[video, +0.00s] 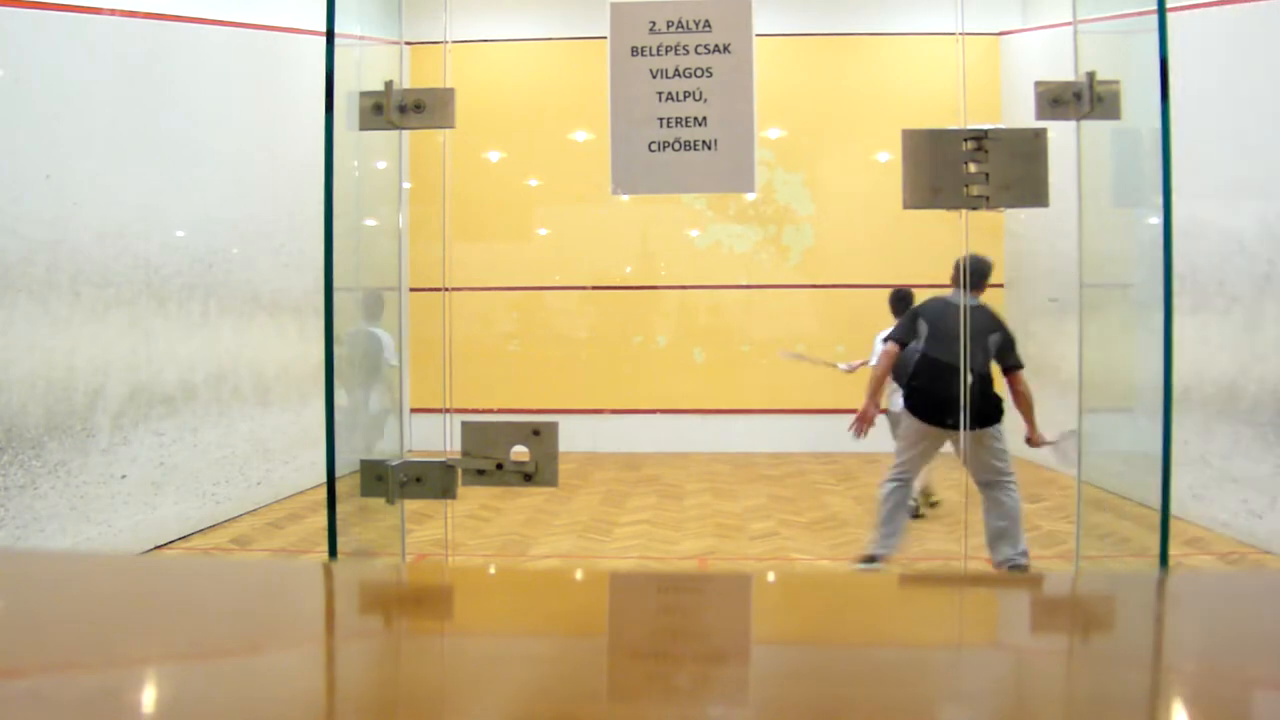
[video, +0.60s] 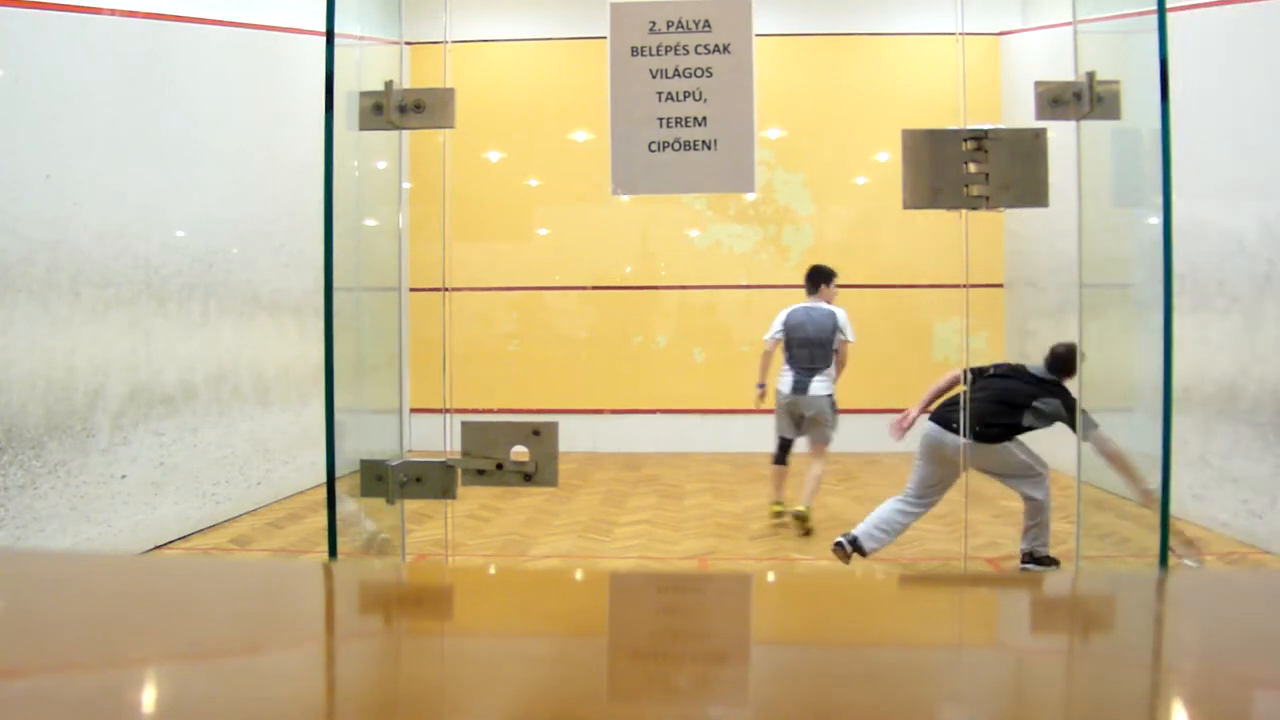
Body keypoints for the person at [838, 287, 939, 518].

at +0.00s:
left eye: (895, 306)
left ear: (892, 308)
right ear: (913, 307)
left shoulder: (885, 337)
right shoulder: (922, 333)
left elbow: (879, 365)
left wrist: (873, 401)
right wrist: (861, 363)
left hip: (896, 403)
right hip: (921, 401)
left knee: (906, 452)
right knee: (914, 451)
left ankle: (922, 490)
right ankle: (914, 495)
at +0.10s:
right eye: (899, 303)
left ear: (878, 306)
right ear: (899, 306)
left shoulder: (873, 335)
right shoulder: (911, 330)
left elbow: (869, 370)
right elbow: (916, 363)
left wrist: (855, 383)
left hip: (882, 398)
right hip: (909, 398)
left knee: (884, 448)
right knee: (910, 448)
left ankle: (890, 490)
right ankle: (911, 498)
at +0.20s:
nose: (892, 307)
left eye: (890, 302)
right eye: (890, 303)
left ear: (867, 306)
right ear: (884, 306)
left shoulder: (856, 333)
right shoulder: (900, 330)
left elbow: (849, 373)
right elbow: (907, 365)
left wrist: (845, 406)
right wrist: (907, 393)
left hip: (867, 402)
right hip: (897, 401)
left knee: (853, 448)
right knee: (901, 449)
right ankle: (909, 499)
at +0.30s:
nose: (878, 305)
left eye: (878, 300)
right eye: (875, 301)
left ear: (853, 304)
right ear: (863, 304)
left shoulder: (834, 330)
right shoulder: (883, 328)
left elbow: (824, 369)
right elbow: (888, 364)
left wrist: (822, 402)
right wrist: (876, 382)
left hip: (845, 404)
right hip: (877, 402)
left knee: (827, 455)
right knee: (897, 451)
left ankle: (809, 499)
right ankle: (908, 501)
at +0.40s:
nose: (861, 306)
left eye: (860, 301)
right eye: (857, 301)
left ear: (836, 304)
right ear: (844, 303)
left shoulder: (814, 329)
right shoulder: (861, 330)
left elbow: (797, 365)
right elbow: (869, 368)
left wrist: (795, 398)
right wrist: (862, 392)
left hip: (819, 404)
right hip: (852, 404)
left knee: (810, 457)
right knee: (873, 452)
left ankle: (802, 510)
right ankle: (891, 501)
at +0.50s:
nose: (847, 297)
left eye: (847, 291)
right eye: (844, 291)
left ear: (823, 294)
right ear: (829, 293)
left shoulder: (799, 319)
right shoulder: (847, 320)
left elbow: (783, 356)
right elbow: (851, 359)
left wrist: (777, 388)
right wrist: (845, 388)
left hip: (802, 393)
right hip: (832, 393)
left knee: (802, 450)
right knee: (846, 449)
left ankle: (799, 506)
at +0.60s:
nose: (836, 291)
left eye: (835, 286)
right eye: (834, 286)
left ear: (809, 288)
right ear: (824, 287)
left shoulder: (787, 313)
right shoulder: (837, 315)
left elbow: (768, 348)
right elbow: (842, 355)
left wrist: (761, 383)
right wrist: (832, 380)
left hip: (787, 388)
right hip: (819, 390)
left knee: (783, 446)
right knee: (818, 453)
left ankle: (777, 500)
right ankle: (804, 505)